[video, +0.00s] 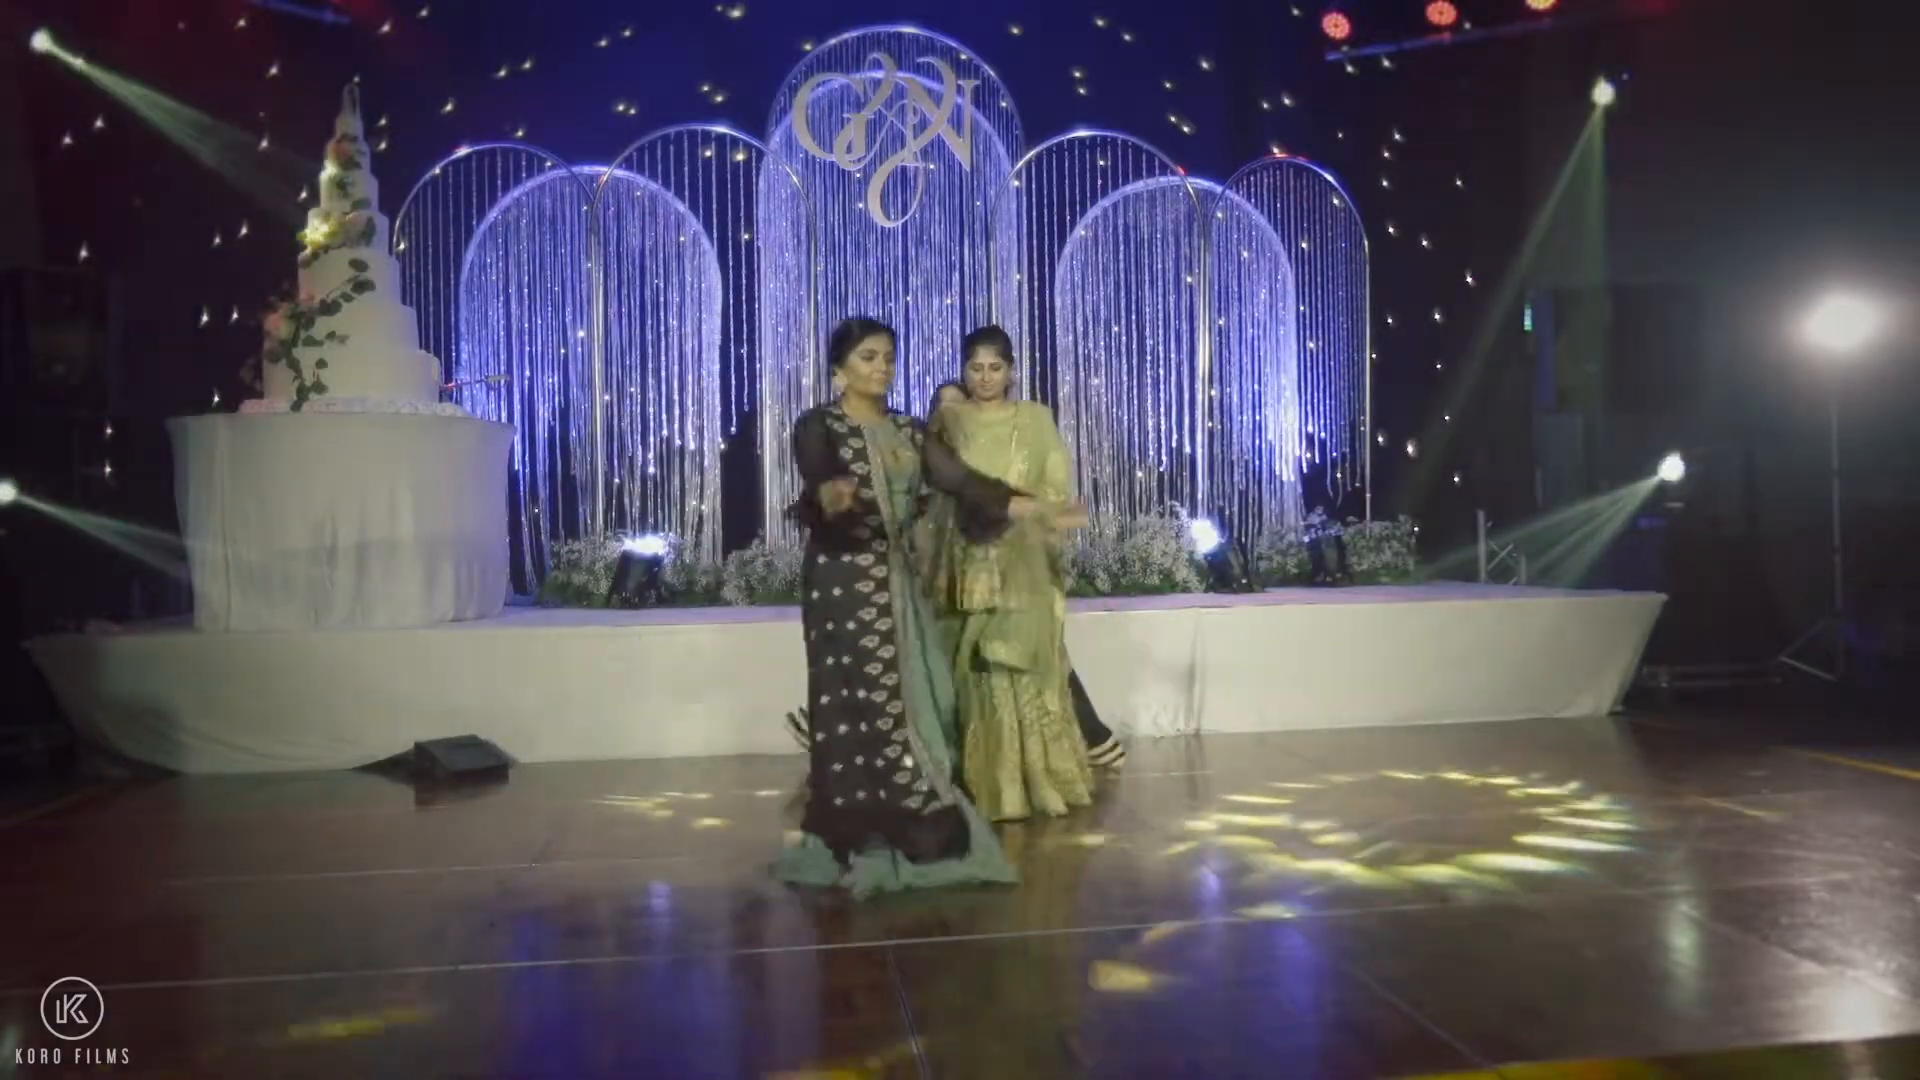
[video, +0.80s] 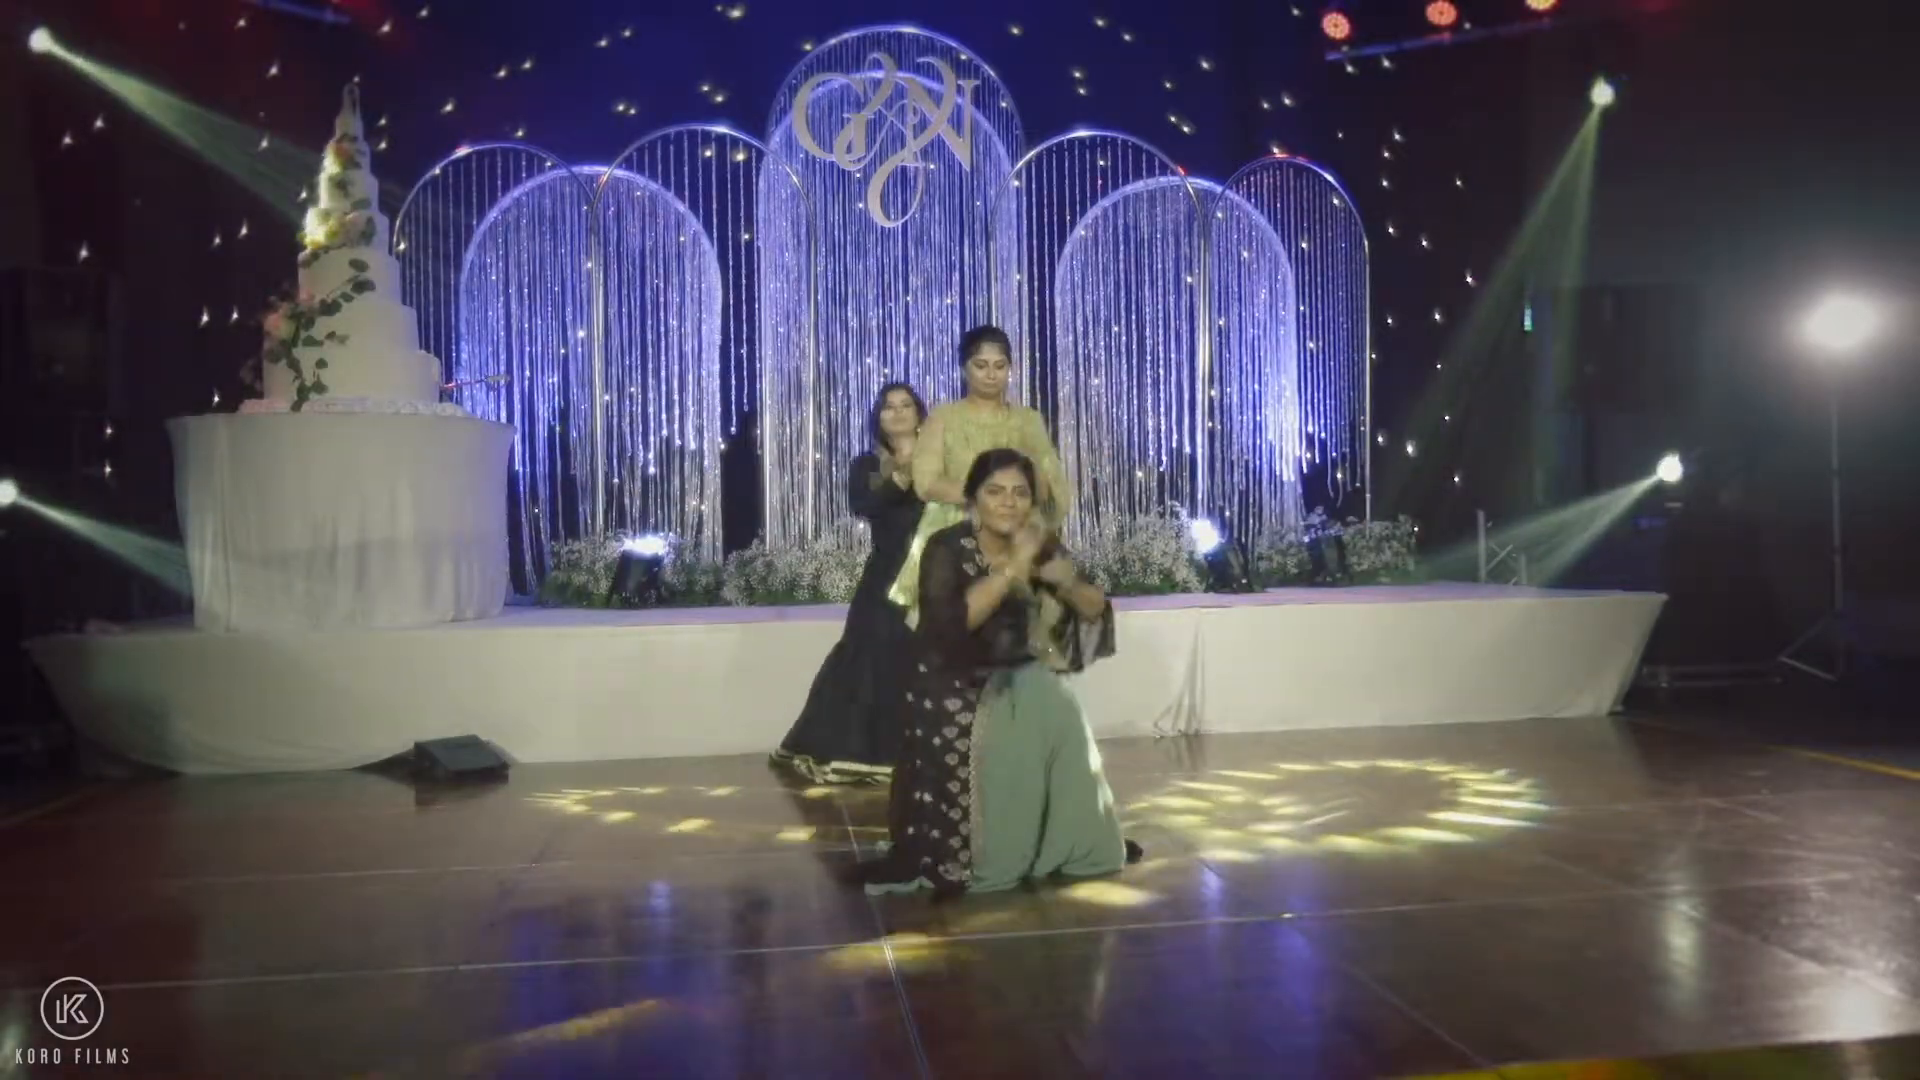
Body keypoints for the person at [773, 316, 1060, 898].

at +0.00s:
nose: (880, 367)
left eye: (887, 358)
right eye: (868, 357)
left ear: (894, 366)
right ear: (841, 365)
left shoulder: (907, 433)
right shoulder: (818, 426)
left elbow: (957, 478)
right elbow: (813, 501)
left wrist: (1027, 505)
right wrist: (827, 501)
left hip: (898, 582)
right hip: (842, 582)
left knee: (912, 701)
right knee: (855, 706)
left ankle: (921, 834)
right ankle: (859, 840)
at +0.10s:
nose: (911, 367)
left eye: (917, 358)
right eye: (898, 357)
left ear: (924, 367)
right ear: (870, 366)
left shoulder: (933, 429)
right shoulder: (846, 425)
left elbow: (997, 472)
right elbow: (863, 479)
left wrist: (1071, 472)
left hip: (920, 579)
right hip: (863, 581)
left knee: (935, 701)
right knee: (879, 707)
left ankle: (939, 838)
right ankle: (876, 843)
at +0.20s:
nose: (944, 376)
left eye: (950, 367)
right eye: (930, 366)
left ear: (958, 376)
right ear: (902, 376)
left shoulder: (967, 431)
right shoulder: (876, 430)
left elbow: (1019, 486)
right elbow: (892, 484)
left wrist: (1065, 468)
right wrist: (955, 436)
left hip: (942, 585)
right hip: (886, 585)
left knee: (972, 703)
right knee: (903, 711)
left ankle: (976, 843)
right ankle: (896, 852)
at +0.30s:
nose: (970, 411)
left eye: (977, 401)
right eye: (957, 401)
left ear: (987, 410)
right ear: (930, 411)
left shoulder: (996, 466)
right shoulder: (901, 466)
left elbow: (1043, 527)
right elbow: (926, 519)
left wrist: (1059, 492)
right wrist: (989, 465)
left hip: (972, 607)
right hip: (915, 609)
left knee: (1022, 689)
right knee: (953, 714)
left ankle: (1046, 842)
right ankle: (954, 855)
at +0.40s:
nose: (994, 461)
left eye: (1004, 452)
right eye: (981, 451)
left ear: (1013, 462)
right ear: (957, 461)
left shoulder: (1020, 513)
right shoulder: (931, 512)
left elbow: (1060, 577)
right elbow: (945, 578)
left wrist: (1031, 528)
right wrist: (998, 530)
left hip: (1001, 642)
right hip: (941, 644)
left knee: (1028, 684)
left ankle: (1066, 839)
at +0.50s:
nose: (1014, 510)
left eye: (1023, 501)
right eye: (1001, 501)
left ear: (1033, 510)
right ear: (974, 511)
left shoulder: (1044, 558)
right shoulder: (945, 562)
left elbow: (1077, 631)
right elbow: (955, 646)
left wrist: (1024, 602)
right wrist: (1009, 599)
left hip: (1014, 687)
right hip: (947, 693)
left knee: (1042, 694)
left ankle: (1085, 845)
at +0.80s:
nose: (1009, 502)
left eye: (1020, 492)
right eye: (996, 491)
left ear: (1033, 501)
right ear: (973, 499)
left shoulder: (1039, 547)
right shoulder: (948, 548)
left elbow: (1096, 608)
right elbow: (948, 622)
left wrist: (1066, 581)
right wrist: (1013, 569)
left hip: (1012, 678)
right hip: (952, 682)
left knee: (1055, 697)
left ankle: (1078, 846)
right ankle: (994, 859)